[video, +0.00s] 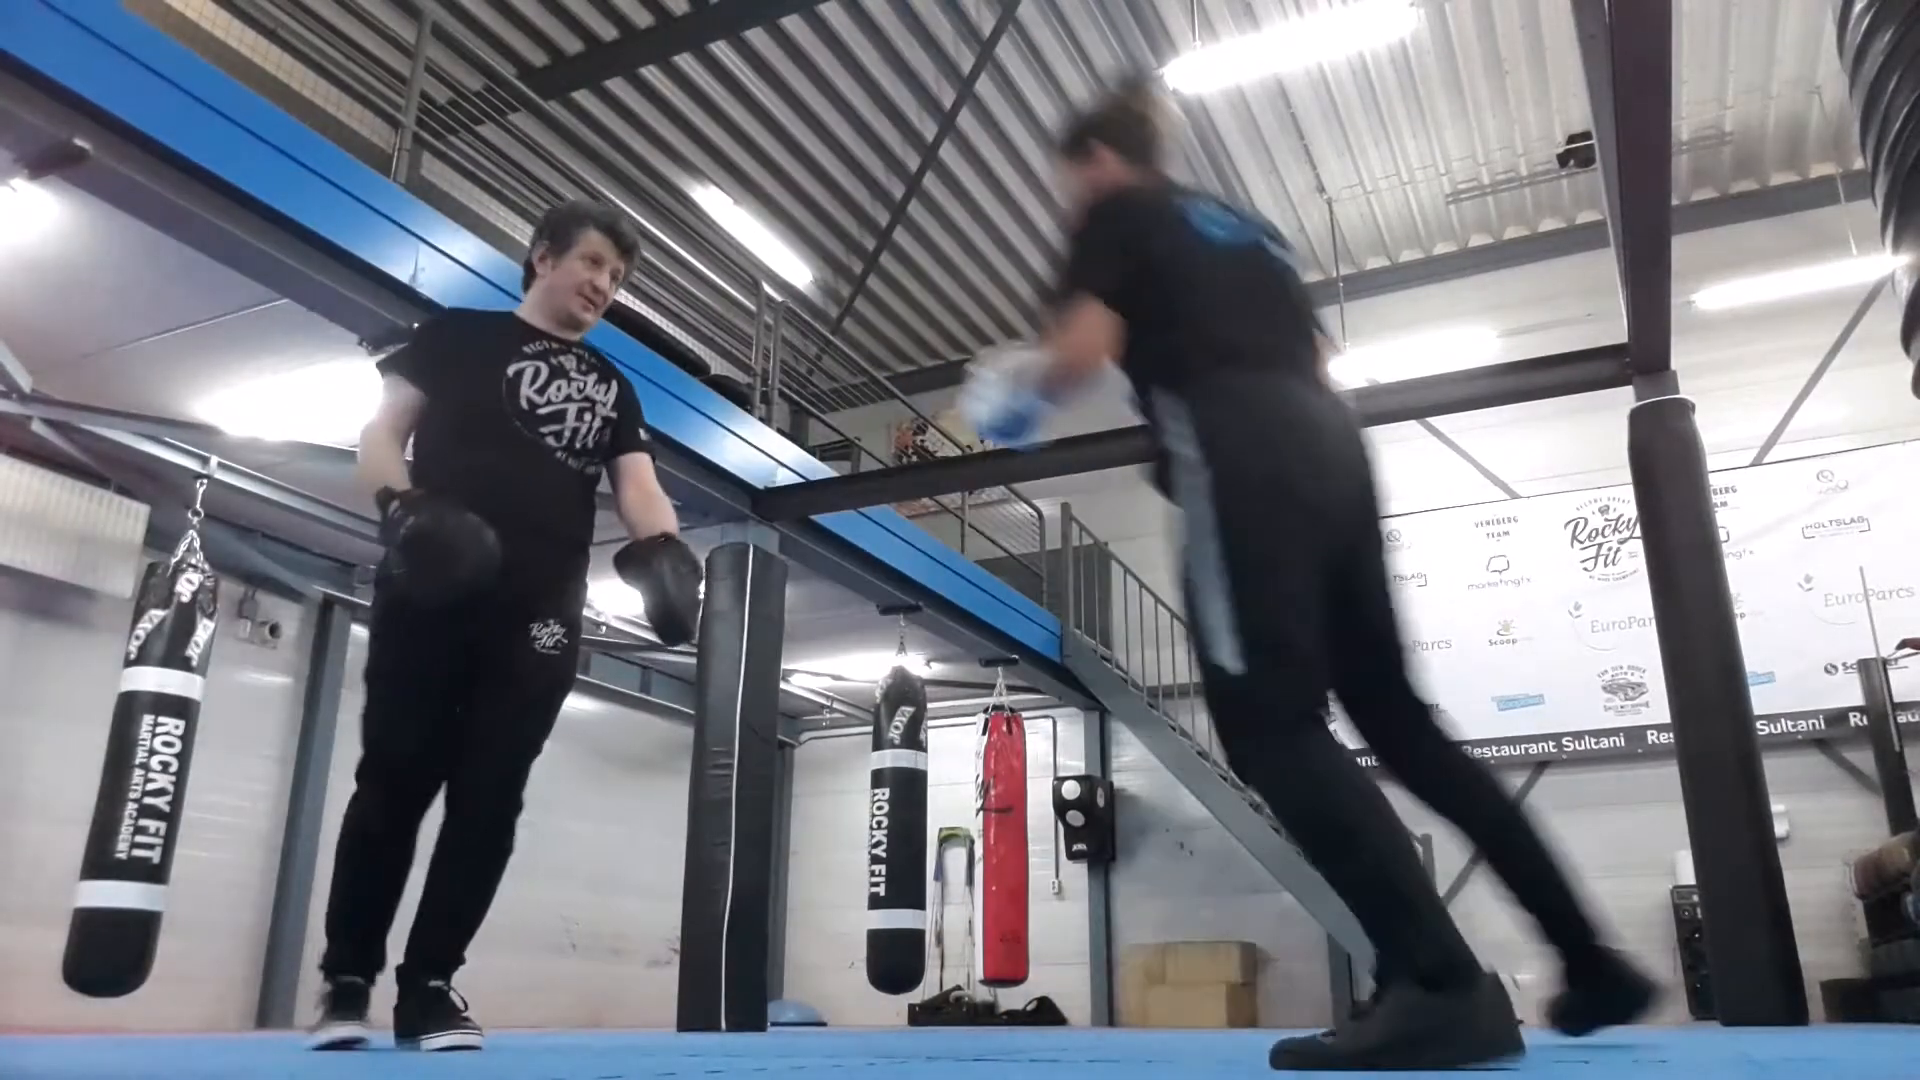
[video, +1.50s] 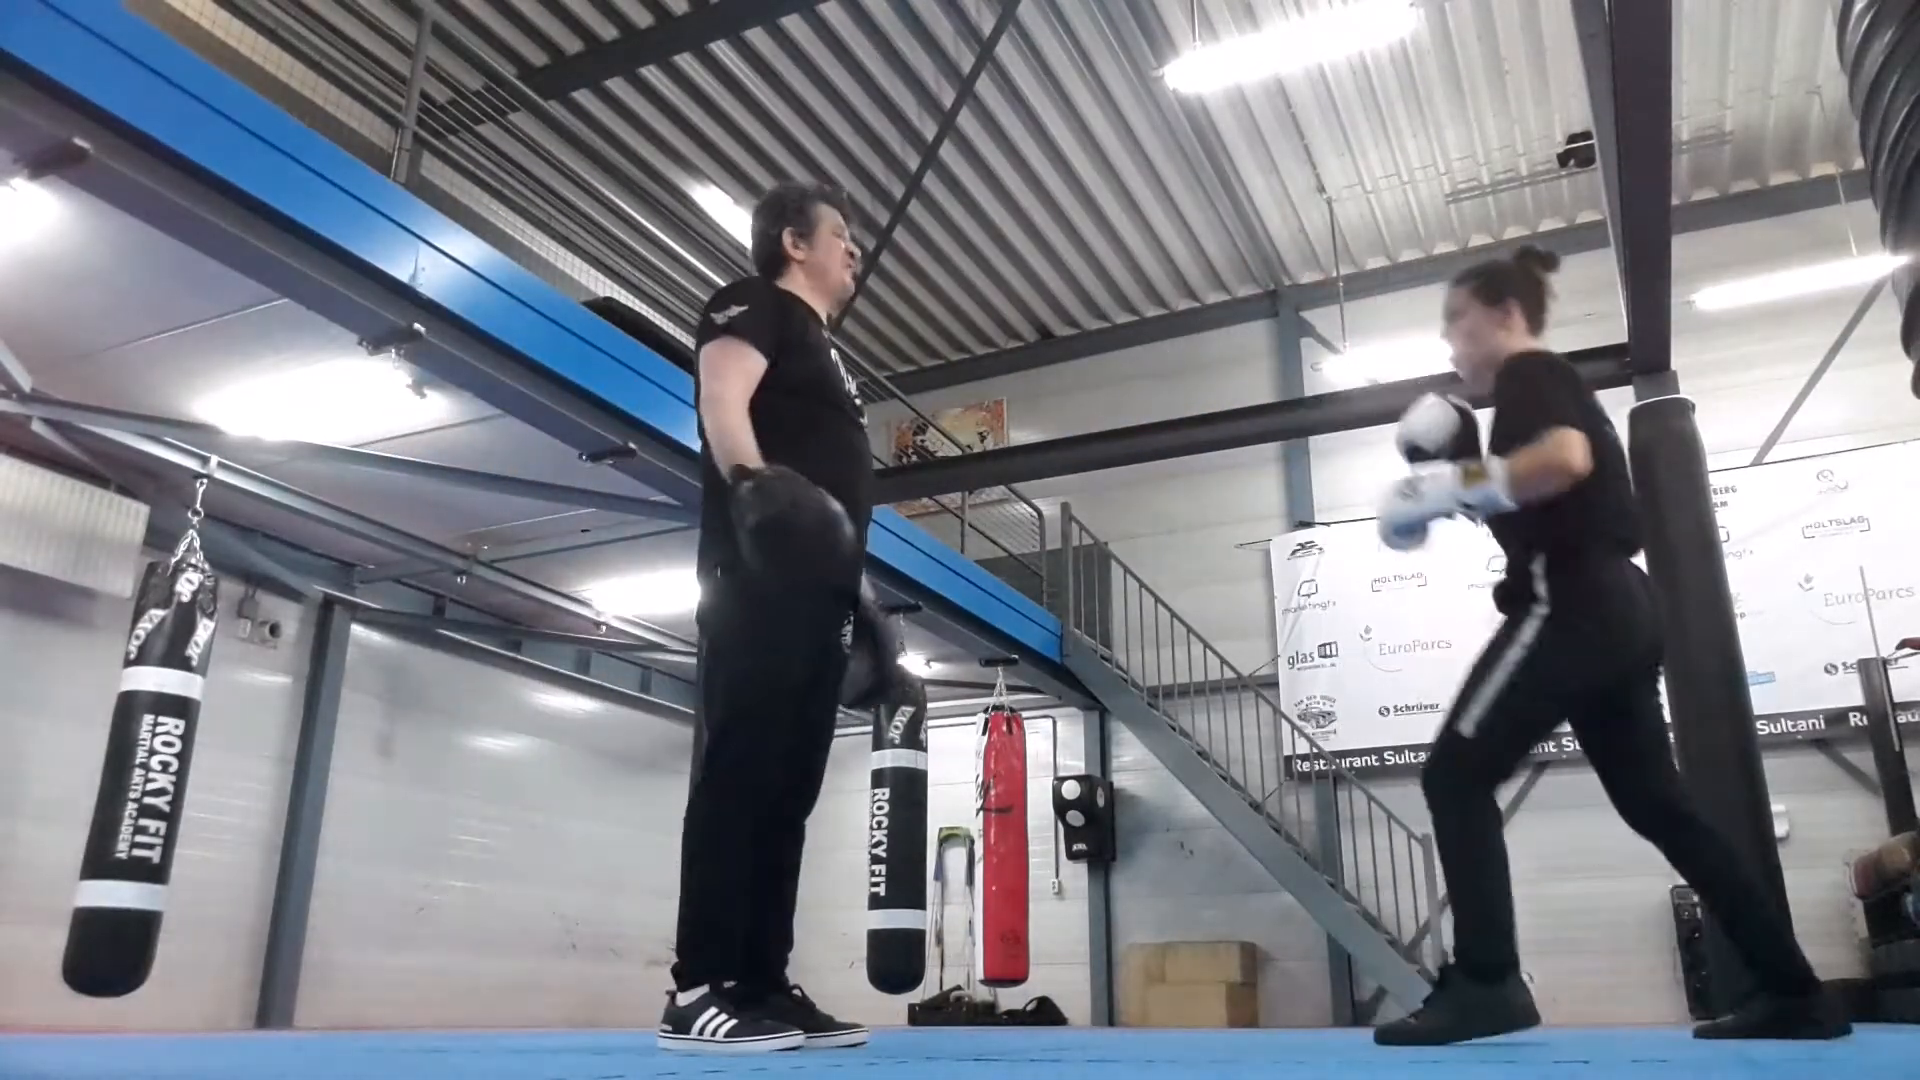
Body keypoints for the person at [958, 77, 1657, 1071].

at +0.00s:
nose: (1065, 198)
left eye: (1066, 180)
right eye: (1062, 183)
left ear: (1098, 161)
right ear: (1147, 157)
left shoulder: (1118, 218)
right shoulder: (1233, 223)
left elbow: (1083, 350)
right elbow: (1316, 363)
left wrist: (1028, 384)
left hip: (1242, 451)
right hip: (1330, 440)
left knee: (1270, 731)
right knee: (1393, 712)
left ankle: (1441, 989)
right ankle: (1594, 966)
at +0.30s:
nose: (1259, 258)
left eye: (1263, 235)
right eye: (1253, 244)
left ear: (1316, 212)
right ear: (1333, 220)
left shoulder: (1356, 263)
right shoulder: (1398, 275)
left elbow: (1361, 366)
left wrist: (1278, 357)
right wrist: (1291, 357)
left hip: (1451, 494)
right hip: (1515, 494)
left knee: (1387, 683)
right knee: (1547, 735)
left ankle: (1544, 894)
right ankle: (1687, 955)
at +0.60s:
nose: (1355, 335)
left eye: (1359, 315)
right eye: (1350, 319)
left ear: (1405, 304)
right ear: (1420, 308)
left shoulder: (1432, 369)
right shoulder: (1472, 372)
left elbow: (1444, 447)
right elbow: (1438, 485)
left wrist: (1360, 445)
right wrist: (1372, 443)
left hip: (1521, 600)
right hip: (1559, 592)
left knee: (1453, 785)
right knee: (1553, 803)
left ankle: (1588, 979)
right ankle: (1665, 985)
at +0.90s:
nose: (1350, 317)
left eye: (1356, 298)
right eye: (1346, 303)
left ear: (1407, 283)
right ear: (1415, 290)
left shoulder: (1425, 333)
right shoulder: (1461, 350)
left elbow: (1443, 420)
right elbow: (1423, 468)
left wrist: (1352, 415)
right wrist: (1348, 433)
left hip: (1486, 553)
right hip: (1545, 551)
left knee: (1422, 750)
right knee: (1552, 765)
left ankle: (1402, 964)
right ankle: (1655, 958)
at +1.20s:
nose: (1374, 341)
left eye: (1381, 323)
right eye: (1372, 327)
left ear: (1428, 311)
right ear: (1443, 317)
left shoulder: (1440, 371)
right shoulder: (1495, 383)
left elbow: (1406, 451)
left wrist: (1338, 427)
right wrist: (1359, 425)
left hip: (1478, 589)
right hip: (1548, 593)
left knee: (1414, 789)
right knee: (1575, 793)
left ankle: (1411, 991)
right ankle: (1740, 969)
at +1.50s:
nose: (1449, 343)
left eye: (1457, 324)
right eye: (1447, 326)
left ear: (1505, 316)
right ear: (1513, 322)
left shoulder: (1528, 377)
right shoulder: (1548, 386)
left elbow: (1567, 457)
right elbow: (1532, 497)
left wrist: (1460, 485)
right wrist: (1451, 483)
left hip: (1574, 606)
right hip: (1616, 604)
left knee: (1454, 772)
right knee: (1655, 801)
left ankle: (1485, 983)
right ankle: (1790, 988)